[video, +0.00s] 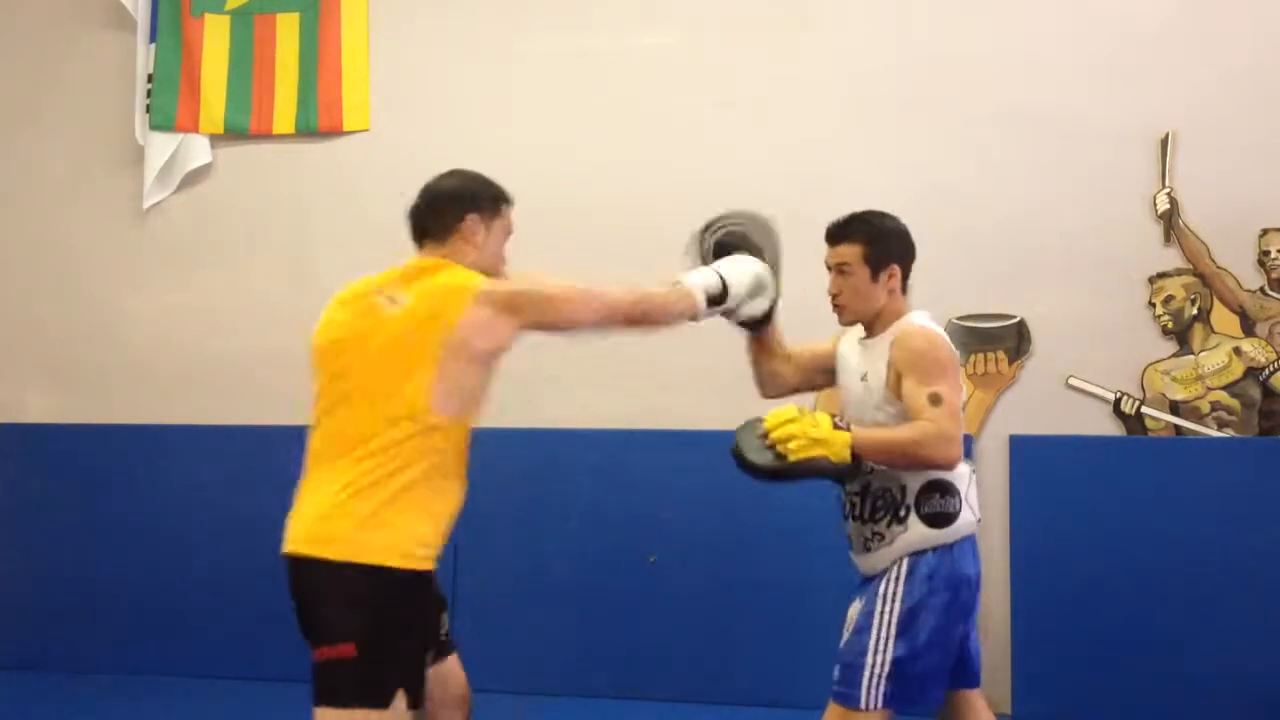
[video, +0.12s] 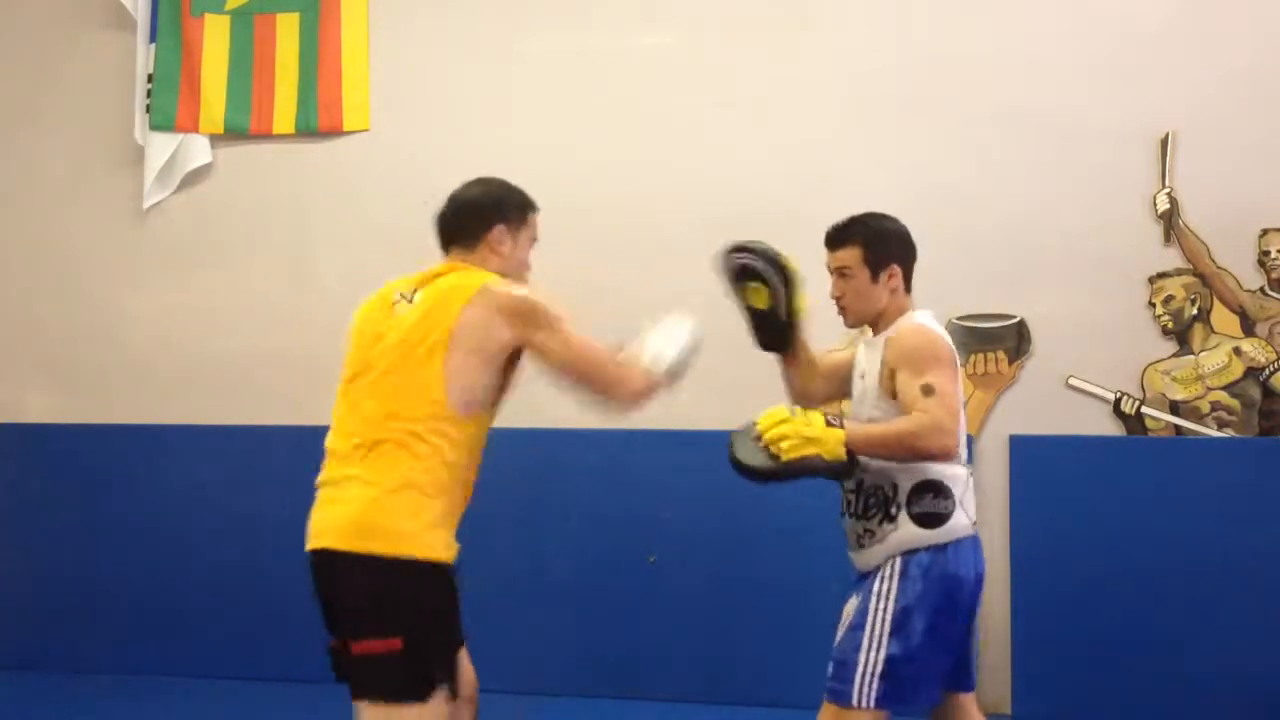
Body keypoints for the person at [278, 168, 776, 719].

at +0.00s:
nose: (507, 256)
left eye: (508, 237)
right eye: (504, 236)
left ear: (435, 233)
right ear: (471, 229)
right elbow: (626, 307)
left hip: (319, 552)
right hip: (377, 564)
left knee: (446, 698)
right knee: (358, 714)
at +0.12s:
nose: (532, 262)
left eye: (533, 245)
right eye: (529, 243)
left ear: (457, 240)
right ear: (497, 239)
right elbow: (625, 385)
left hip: (339, 546)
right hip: (400, 555)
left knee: (458, 690)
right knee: (402, 710)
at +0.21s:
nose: (542, 265)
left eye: (545, 247)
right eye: (541, 245)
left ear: (492, 236)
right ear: (508, 235)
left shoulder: (401, 296)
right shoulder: (498, 300)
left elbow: (449, 412)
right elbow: (562, 421)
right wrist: (604, 415)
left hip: (352, 537)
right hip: (411, 544)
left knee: (453, 700)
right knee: (427, 708)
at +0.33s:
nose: (550, 260)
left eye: (553, 242)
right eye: (549, 239)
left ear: (502, 227)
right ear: (514, 227)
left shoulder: (423, 283)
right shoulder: (485, 293)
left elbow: (430, 397)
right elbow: (489, 428)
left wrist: (515, 366)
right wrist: (570, 422)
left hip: (373, 538)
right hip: (418, 545)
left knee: (429, 704)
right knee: (446, 706)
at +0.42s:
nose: (550, 261)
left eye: (555, 244)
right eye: (550, 240)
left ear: (509, 227)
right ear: (516, 227)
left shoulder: (428, 279)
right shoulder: (472, 291)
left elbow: (432, 400)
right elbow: (500, 427)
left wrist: (513, 363)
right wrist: (579, 379)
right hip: (411, 553)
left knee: (478, 698)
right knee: (430, 708)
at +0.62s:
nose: (542, 308)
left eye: (549, 295)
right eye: (543, 289)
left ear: (510, 254)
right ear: (517, 259)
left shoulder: (443, 298)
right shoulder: (441, 305)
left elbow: (501, 406)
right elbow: (537, 420)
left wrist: (565, 383)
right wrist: (573, 306)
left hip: (428, 569)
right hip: (385, 578)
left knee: (514, 707)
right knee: (425, 710)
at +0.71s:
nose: (538, 298)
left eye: (546, 286)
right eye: (541, 281)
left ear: (514, 254)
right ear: (515, 255)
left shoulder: (456, 309)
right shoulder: (430, 309)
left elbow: (507, 417)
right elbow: (522, 425)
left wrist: (561, 383)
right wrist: (562, 315)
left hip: (443, 566)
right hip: (390, 576)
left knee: (532, 702)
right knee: (426, 710)